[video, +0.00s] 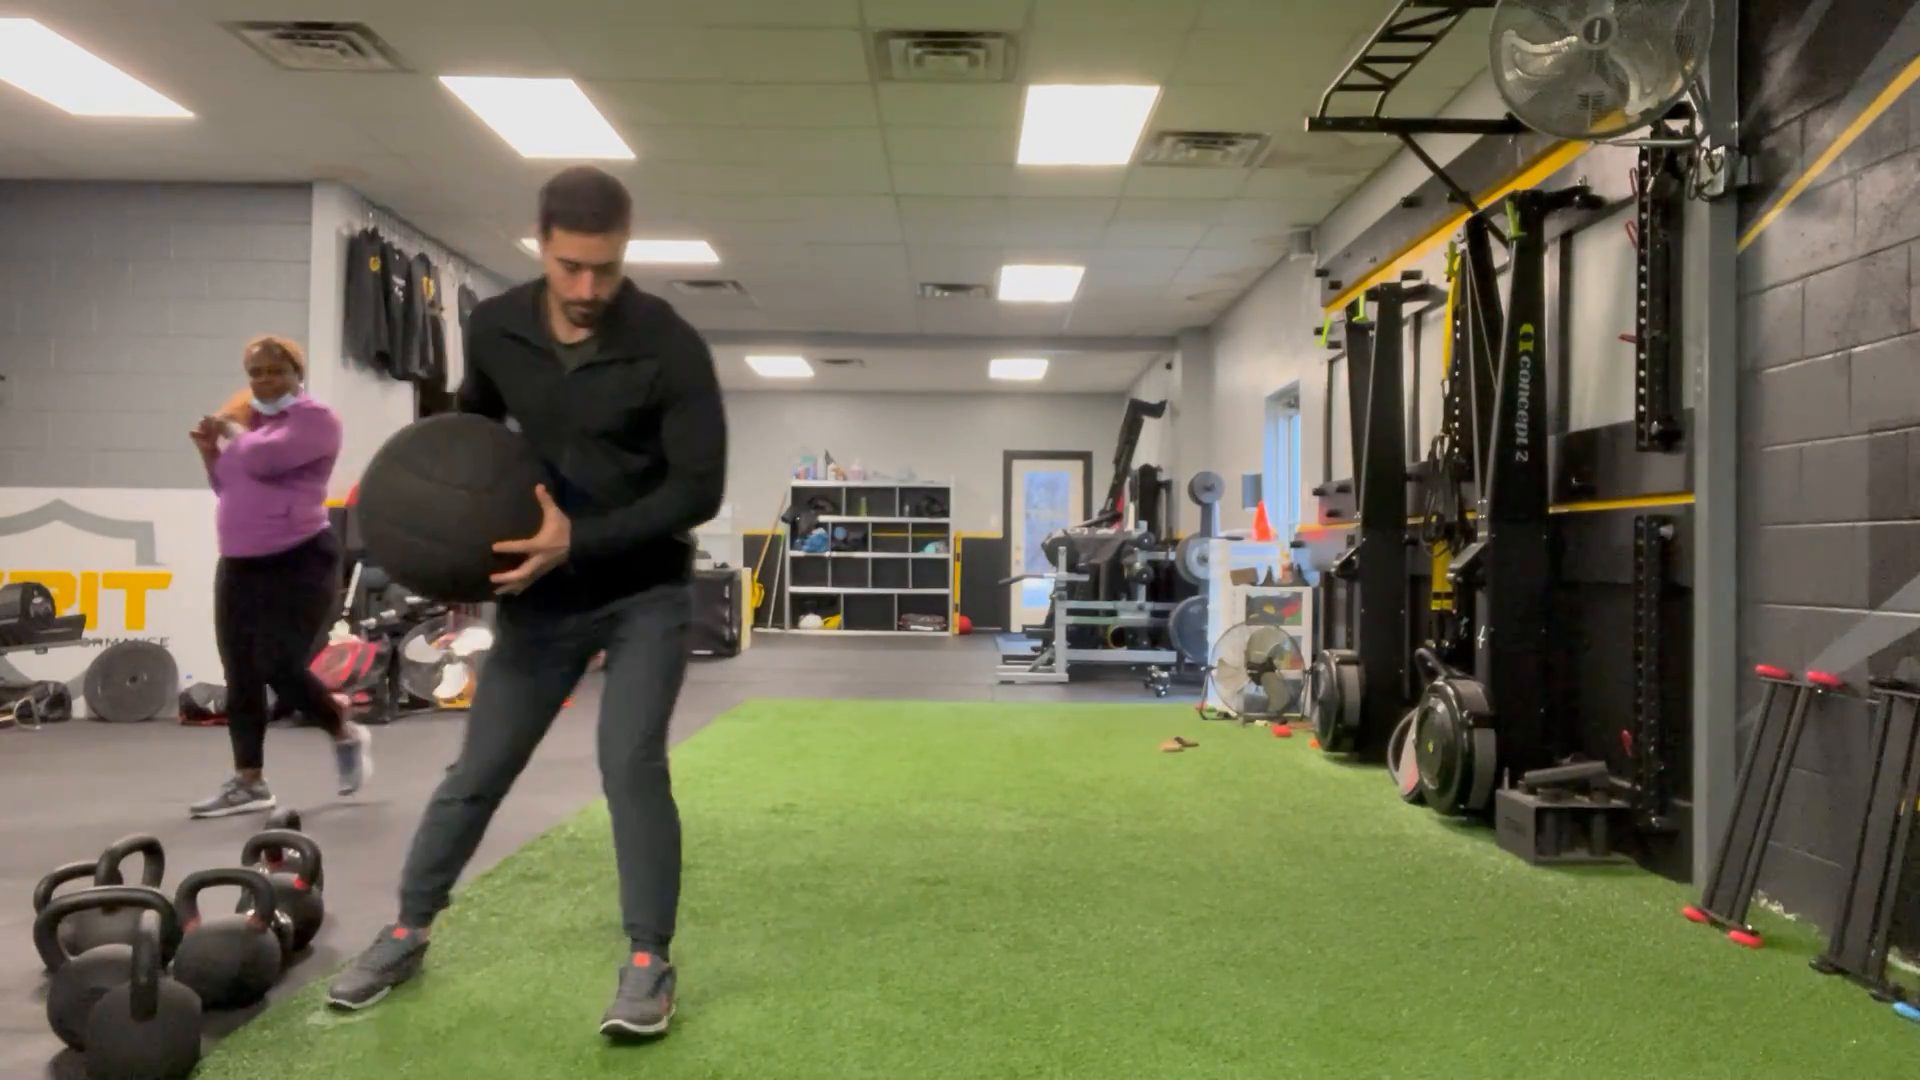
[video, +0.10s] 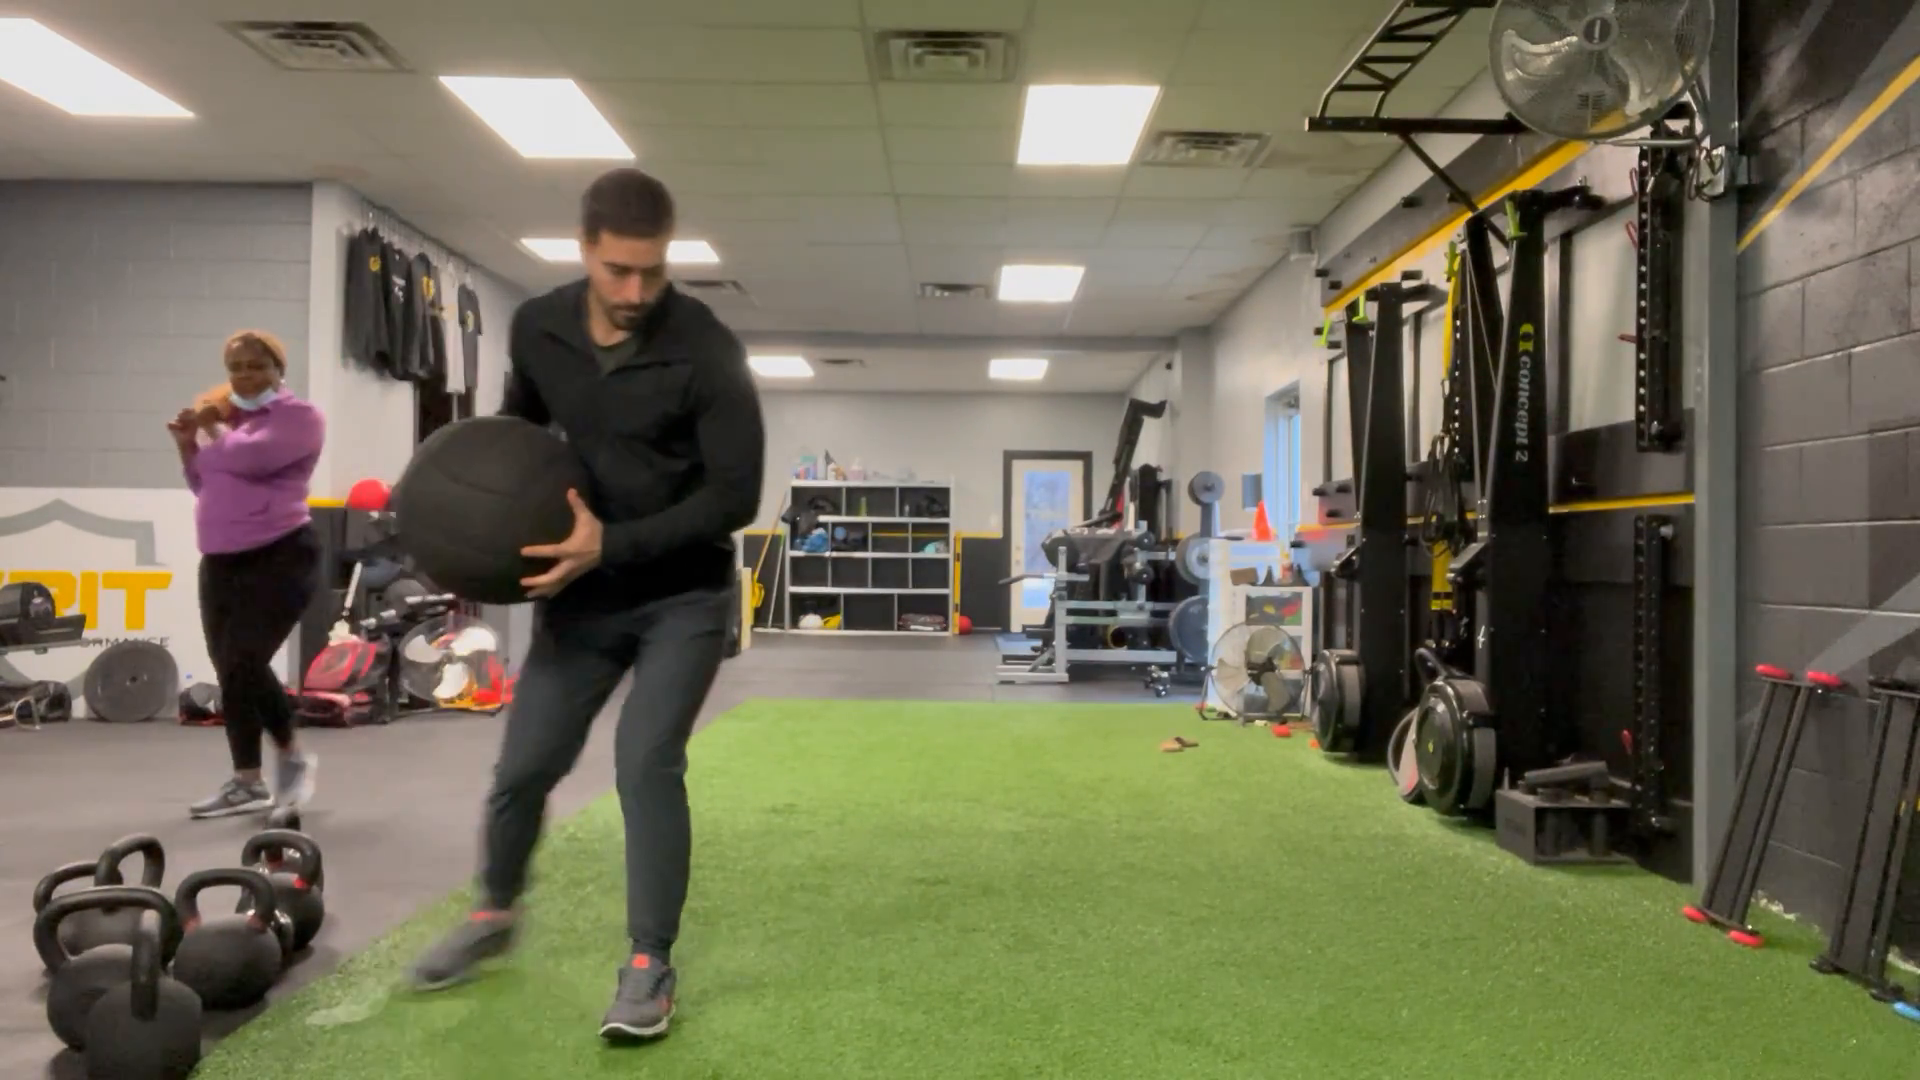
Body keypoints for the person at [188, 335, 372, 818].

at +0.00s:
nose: (265, 381)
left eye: (275, 371)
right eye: (256, 373)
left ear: (296, 374)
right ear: (246, 378)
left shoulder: (317, 421)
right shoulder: (244, 421)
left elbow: (260, 460)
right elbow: (226, 486)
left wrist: (234, 433)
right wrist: (209, 453)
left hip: (301, 558)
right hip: (241, 562)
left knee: (280, 665)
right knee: (241, 675)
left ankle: (347, 734)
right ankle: (249, 779)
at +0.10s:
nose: (246, 375)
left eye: (256, 366)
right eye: (237, 368)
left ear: (276, 369)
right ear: (228, 372)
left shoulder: (300, 417)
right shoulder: (221, 420)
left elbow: (254, 457)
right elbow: (203, 485)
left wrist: (212, 433)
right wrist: (187, 446)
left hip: (282, 552)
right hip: (223, 557)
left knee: (245, 657)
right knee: (231, 666)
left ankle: (292, 759)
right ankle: (247, 779)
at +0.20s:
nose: (228, 374)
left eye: (238, 364)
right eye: (219, 366)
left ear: (259, 367)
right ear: (210, 371)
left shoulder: (282, 417)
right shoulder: (203, 419)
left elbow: (236, 459)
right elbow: (184, 486)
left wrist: (194, 429)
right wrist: (169, 444)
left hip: (263, 554)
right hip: (206, 560)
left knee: (227, 663)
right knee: (220, 669)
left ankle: (242, 784)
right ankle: (240, 784)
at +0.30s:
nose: (209, 374)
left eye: (220, 365)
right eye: (200, 366)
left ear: (241, 368)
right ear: (191, 371)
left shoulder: (264, 419)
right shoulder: (186, 418)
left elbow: (213, 464)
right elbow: (166, 486)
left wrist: (174, 431)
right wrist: (150, 444)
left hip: (245, 558)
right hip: (189, 562)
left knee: (216, 675)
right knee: (212, 677)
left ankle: (183, 799)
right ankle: (249, 784)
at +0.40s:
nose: (189, 373)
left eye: (200, 363)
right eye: (181, 365)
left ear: (224, 366)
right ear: (173, 370)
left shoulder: (248, 419)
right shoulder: (171, 419)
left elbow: (190, 461)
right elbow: (153, 489)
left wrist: (158, 428)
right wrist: (134, 446)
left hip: (225, 559)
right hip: (171, 564)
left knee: (198, 680)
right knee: (191, 678)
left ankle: (174, 808)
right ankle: (244, 777)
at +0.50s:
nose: (172, 365)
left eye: (182, 356)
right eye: (163, 357)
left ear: (206, 359)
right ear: (155, 362)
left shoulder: (230, 411)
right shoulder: (154, 412)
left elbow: (171, 452)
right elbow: (138, 480)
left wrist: (136, 424)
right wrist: (119, 441)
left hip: (209, 553)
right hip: (155, 560)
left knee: (188, 678)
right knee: (142, 674)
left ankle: (173, 806)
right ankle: (221, 759)